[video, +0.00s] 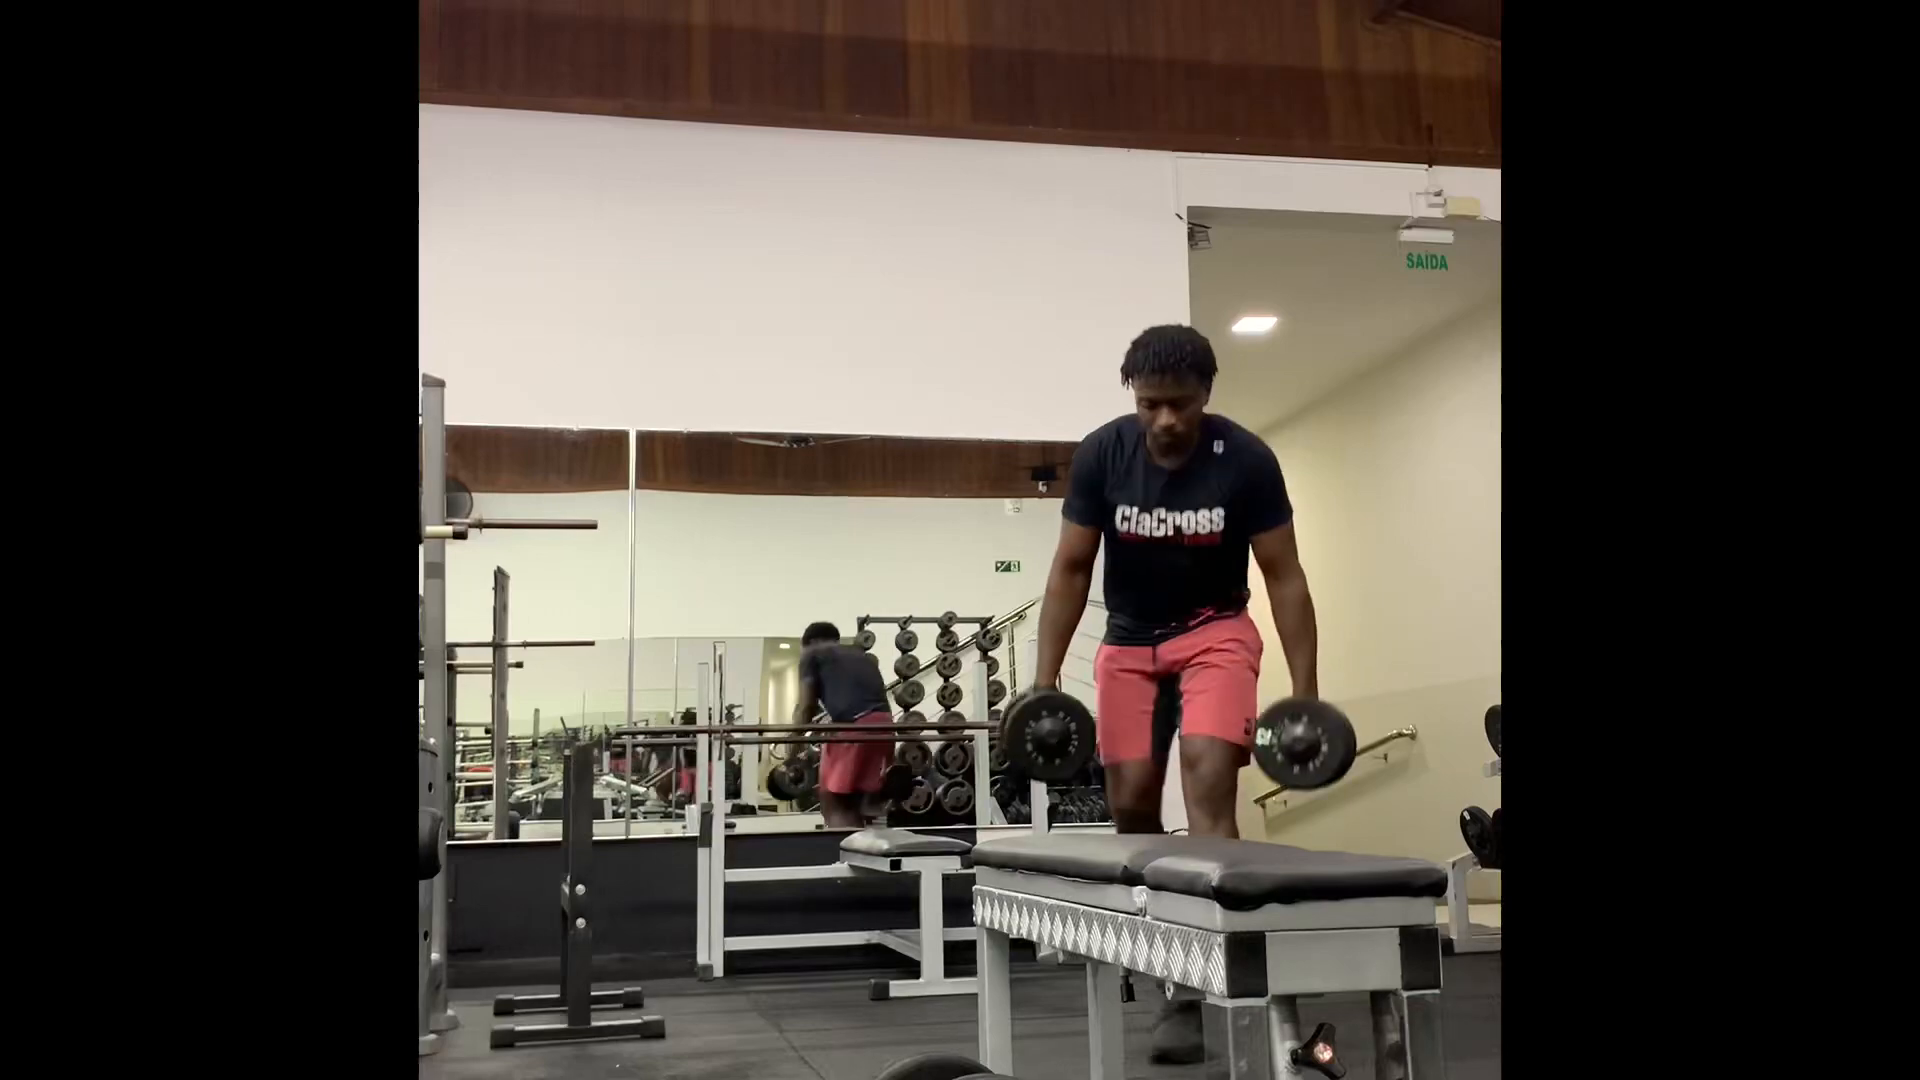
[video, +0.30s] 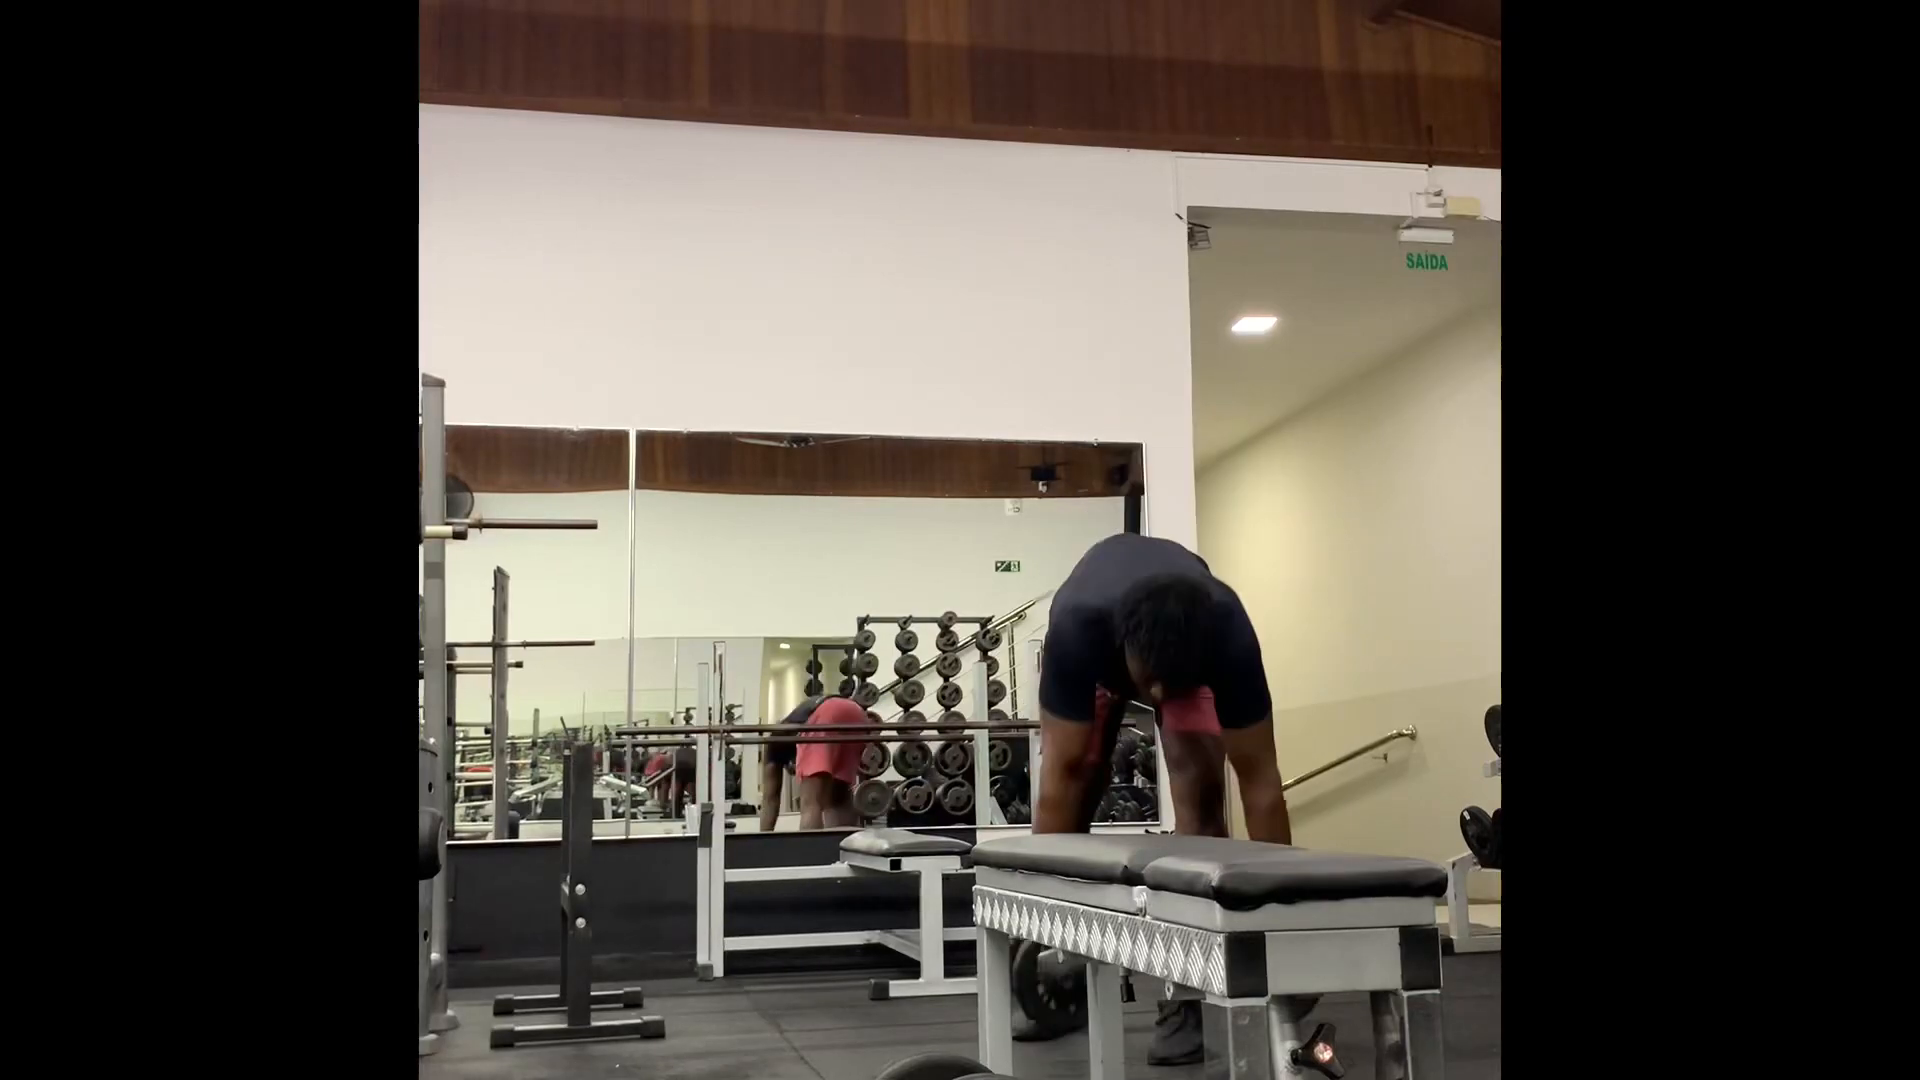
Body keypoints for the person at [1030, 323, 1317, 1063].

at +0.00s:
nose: (1164, 421)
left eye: (1180, 405)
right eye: (1151, 405)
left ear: (1206, 396)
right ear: (1132, 395)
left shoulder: (1246, 463)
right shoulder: (1102, 456)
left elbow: (1283, 577)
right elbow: (1070, 572)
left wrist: (1306, 694)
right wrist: (1044, 684)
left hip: (1218, 633)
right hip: (1128, 643)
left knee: (1206, 778)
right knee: (1131, 806)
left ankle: (1208, 986)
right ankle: (1174, 984)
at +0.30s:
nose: (1159, 696)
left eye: (1174, 685)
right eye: (1149, 681)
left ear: (1202, 655)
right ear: (1125, 647)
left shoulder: (1230, 634)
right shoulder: (1078, 629)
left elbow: (1261, 781)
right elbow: (1065, 771)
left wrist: (1279, 913)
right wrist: (1041, 918)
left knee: (1201, 804)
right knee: (1075, 788)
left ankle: (1187, 992)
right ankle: (1058, 961)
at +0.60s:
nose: (1188, 468)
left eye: (1204, 453)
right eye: (1172, 449)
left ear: (1226, 445)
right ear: (1143, 432)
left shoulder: (1244, 502)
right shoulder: (1080, 477)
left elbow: (1273, 617)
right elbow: (1013, 597)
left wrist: (1295, 746)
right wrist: (991, 730)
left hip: (1157, 612)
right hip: (1056, 610)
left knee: (1178, 780)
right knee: (1011, 776)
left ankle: (1182, 987)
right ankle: (986, 959)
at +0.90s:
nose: (1006, 289)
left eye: (1022, 269)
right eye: (988, 273)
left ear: (1051, 271)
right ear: (963, 281)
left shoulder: (1106, 359)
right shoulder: (928, 390)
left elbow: (1162, 485)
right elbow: (921, 541)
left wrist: (1192, 614)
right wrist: (928, 687)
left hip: (1099, 580)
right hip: (978, 593)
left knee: (1177, 752)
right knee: (964, 780)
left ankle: (1161, 957)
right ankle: (955, 1017)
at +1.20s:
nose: (1165, 357)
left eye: (1189, 331)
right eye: (1143, 333)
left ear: (1227, 314)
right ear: (1110, 317)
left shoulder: (1278, 385)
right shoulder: (1062, 412)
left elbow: (1319, 562)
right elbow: (1084, 589)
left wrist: (1317, 728)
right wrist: (1114, 759)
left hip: (1211, 562)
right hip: (1077, 570)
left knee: (1265, 764)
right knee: (1001, 802)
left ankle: (1295, 1017)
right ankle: (970, 998)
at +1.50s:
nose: (1183, 438)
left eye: (1211, 421)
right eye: (1165, 413)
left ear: (1267, 381)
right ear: (1140, 359)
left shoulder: (1329, 404)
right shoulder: (1080, 378)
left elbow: (1297, 617)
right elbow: (1090, 596)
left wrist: (1250, 802)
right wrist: (1122, 803)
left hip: (1244, 539)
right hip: (1091, 513)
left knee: (1301, 781)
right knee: (943, 713)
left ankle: (1299, 1019)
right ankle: (822, 938)